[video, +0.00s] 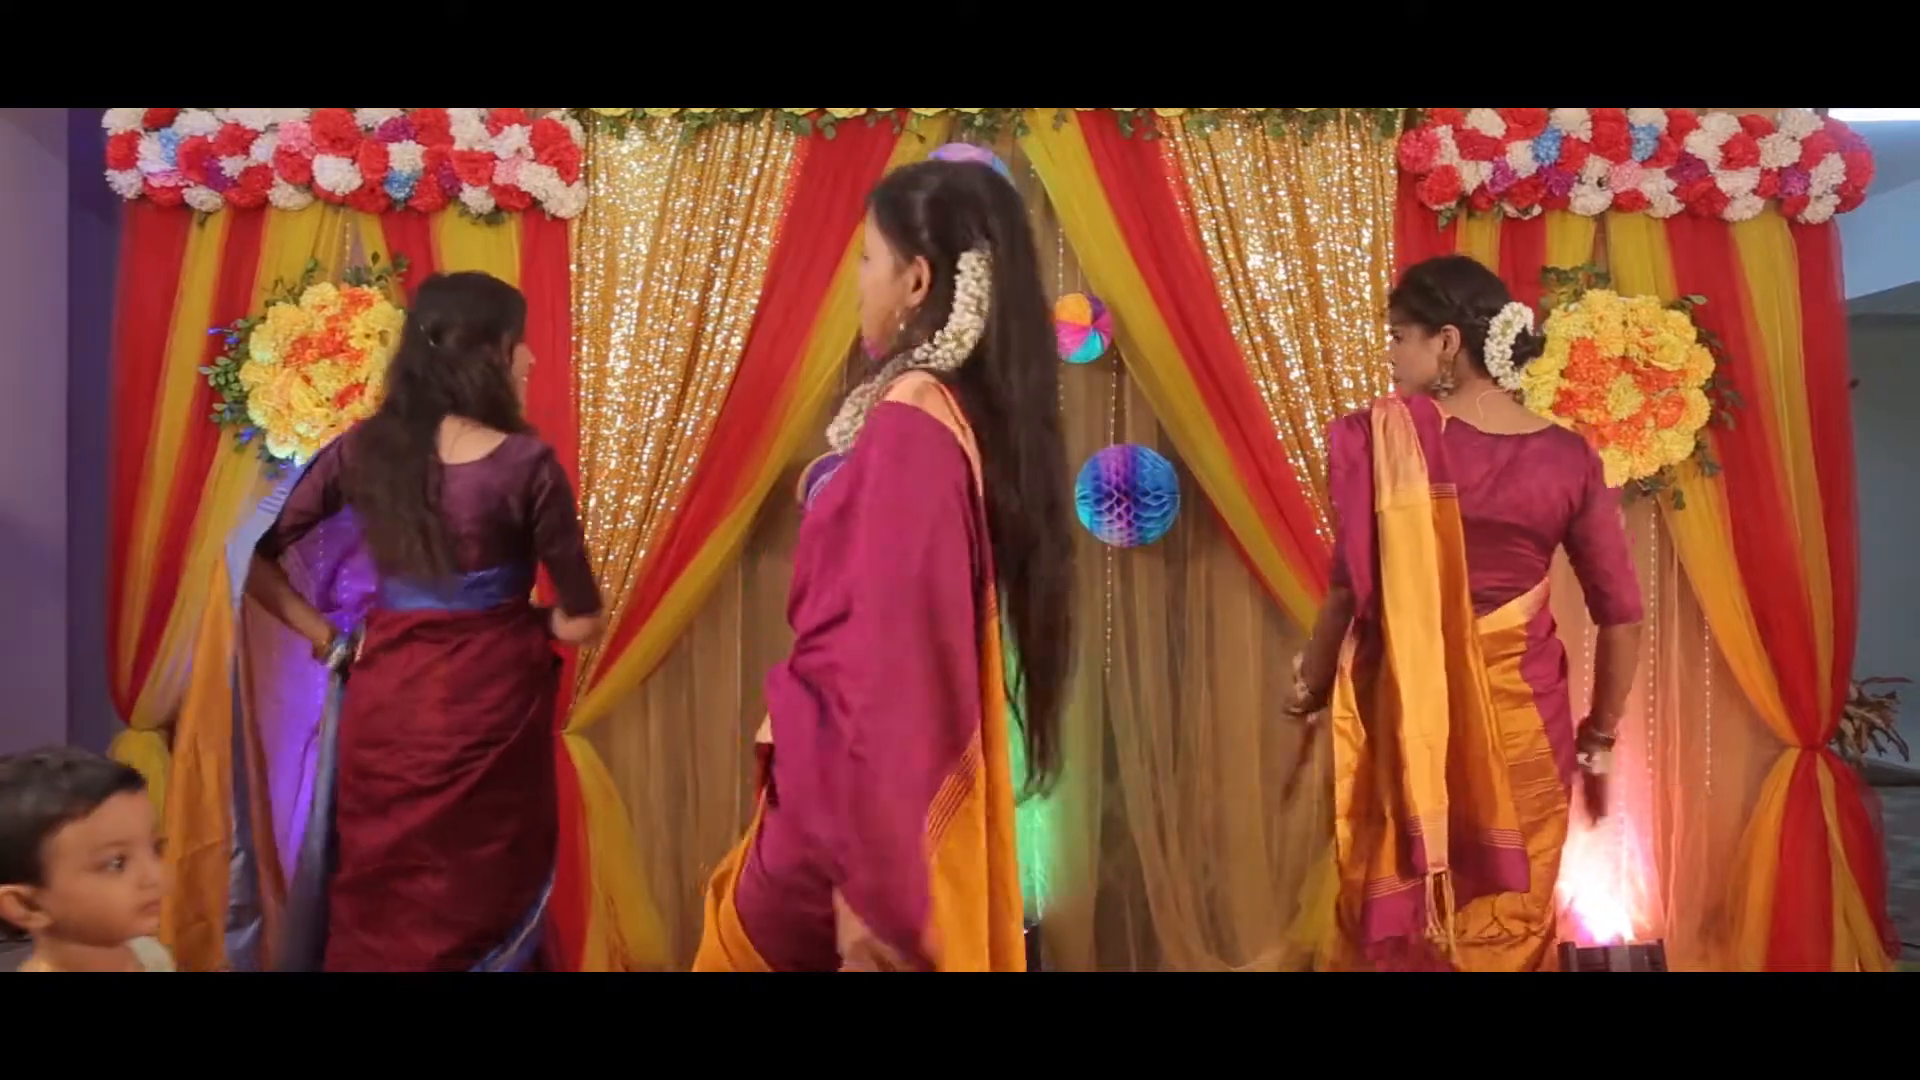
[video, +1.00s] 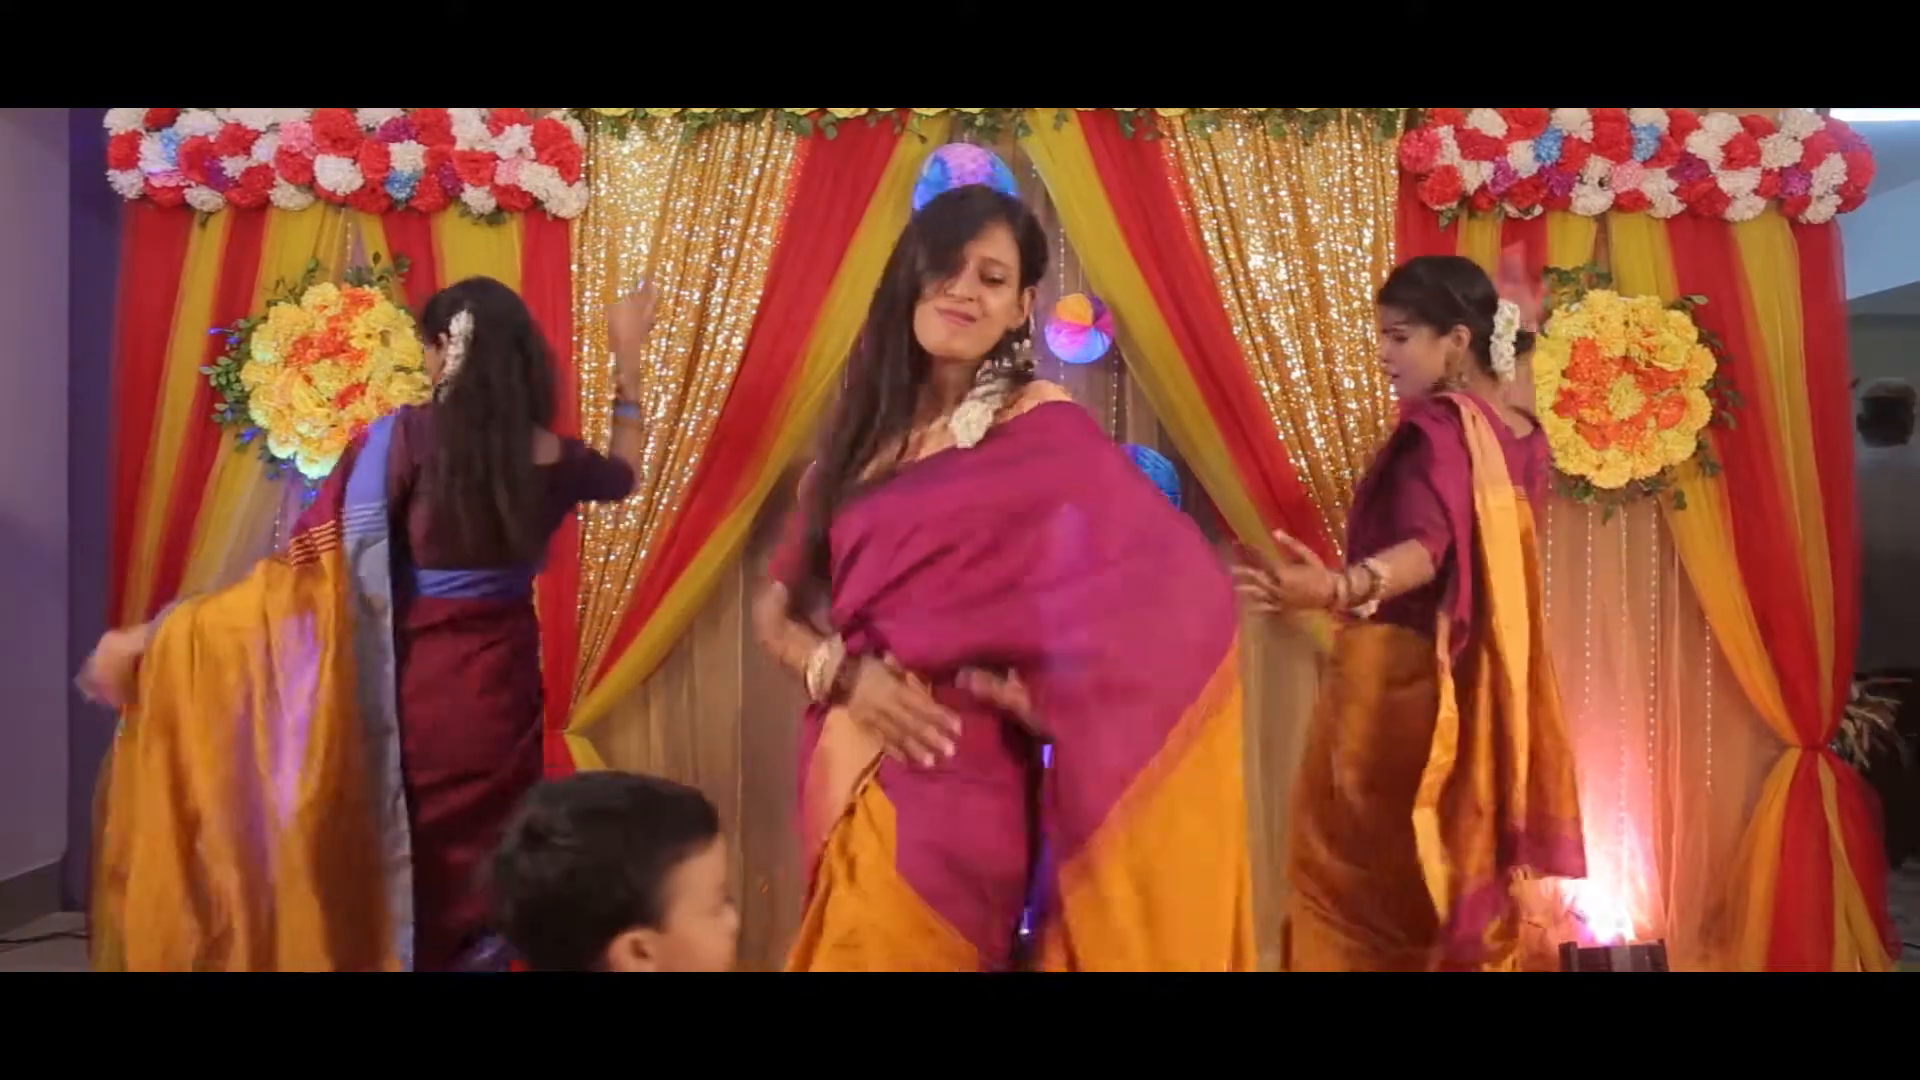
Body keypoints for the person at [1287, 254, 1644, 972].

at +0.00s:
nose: (1390, 358)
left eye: (1398, 338)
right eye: (1392, 339)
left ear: (1448, 341)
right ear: (1469, 340)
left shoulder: (1372, 435)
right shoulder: (1566, 454)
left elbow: (1353, 581)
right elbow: (1621, 612)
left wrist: (1314, 675)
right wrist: (1600, 733)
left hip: (1403, 714)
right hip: (1524, 718)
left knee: (1399, 919)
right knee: (1513, 921)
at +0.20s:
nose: (1388, 346)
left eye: (1398, 326)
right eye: (1389, 326)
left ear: (1451, 331)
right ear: (1465, 330)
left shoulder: (1386, 432)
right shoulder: (1569, 437)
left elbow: (1339, 574)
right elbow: (1668, 577)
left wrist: (1253, 679)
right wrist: (1673, 652)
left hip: (1399, 694)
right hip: (1515, 693)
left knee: (1388, 900)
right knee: (1500, 903)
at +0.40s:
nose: (1385, 359)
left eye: (1394, 340)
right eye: (1386, 340)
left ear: (1445, 346)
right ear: (1462, 346)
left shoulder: (1375, 441)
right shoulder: (1548, 457)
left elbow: (1326, 578)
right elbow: (1650, 571)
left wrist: (1245, 676)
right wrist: (1699, 598)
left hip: (1392, 717)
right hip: (1514, 714)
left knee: (1378, 924)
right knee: (1501, 926)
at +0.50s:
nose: (1382, 346)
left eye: (1391, 327)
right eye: (1383, 327)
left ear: (1444, 332)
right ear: (1460, 331)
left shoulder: (1393, 427)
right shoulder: (1553, 438)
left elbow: (1338, 545)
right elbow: (1642, 512)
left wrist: (1253, 620)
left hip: (1397, 678)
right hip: (1502, 677)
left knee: (1387, 874)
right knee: (1491, 879)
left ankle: (1395, 960)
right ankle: (1484, 959)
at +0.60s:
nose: (1382, 344)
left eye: (1391, 325)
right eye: (1382, 326)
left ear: (1446, 330)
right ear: (1457, 330)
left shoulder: (1415, 425)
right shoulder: (1550, 426)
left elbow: (1361, 538)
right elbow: (1625, 451)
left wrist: (1263, 594)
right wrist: (1644, 371)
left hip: (1391, 664)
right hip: (1493, 665)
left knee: (1353, 843)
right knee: (1473, 845)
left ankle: (1367, 958)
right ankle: (1468, 961)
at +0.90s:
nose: (1385, 360)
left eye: (1399, 342)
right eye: (1386, 341)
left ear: (1456, 347)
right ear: (1463, 351)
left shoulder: (1431, 433)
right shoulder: (1521, 437)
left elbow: (1412, 556)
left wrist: (1309, 602)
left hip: (1391, 677)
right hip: (1476, 679)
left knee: (1349, 877)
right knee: (1460, 869)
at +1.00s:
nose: (1384, 354)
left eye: (1400, 336)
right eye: (1382, 335)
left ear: (1458, 340)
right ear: (1458, 345)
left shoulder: (1436, 427)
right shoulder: (1515, 432)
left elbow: (1427, 547)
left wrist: (1334, 585)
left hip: (1395, 667)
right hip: (1466, 670)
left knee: (1349, 864)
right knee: (1448, 856)